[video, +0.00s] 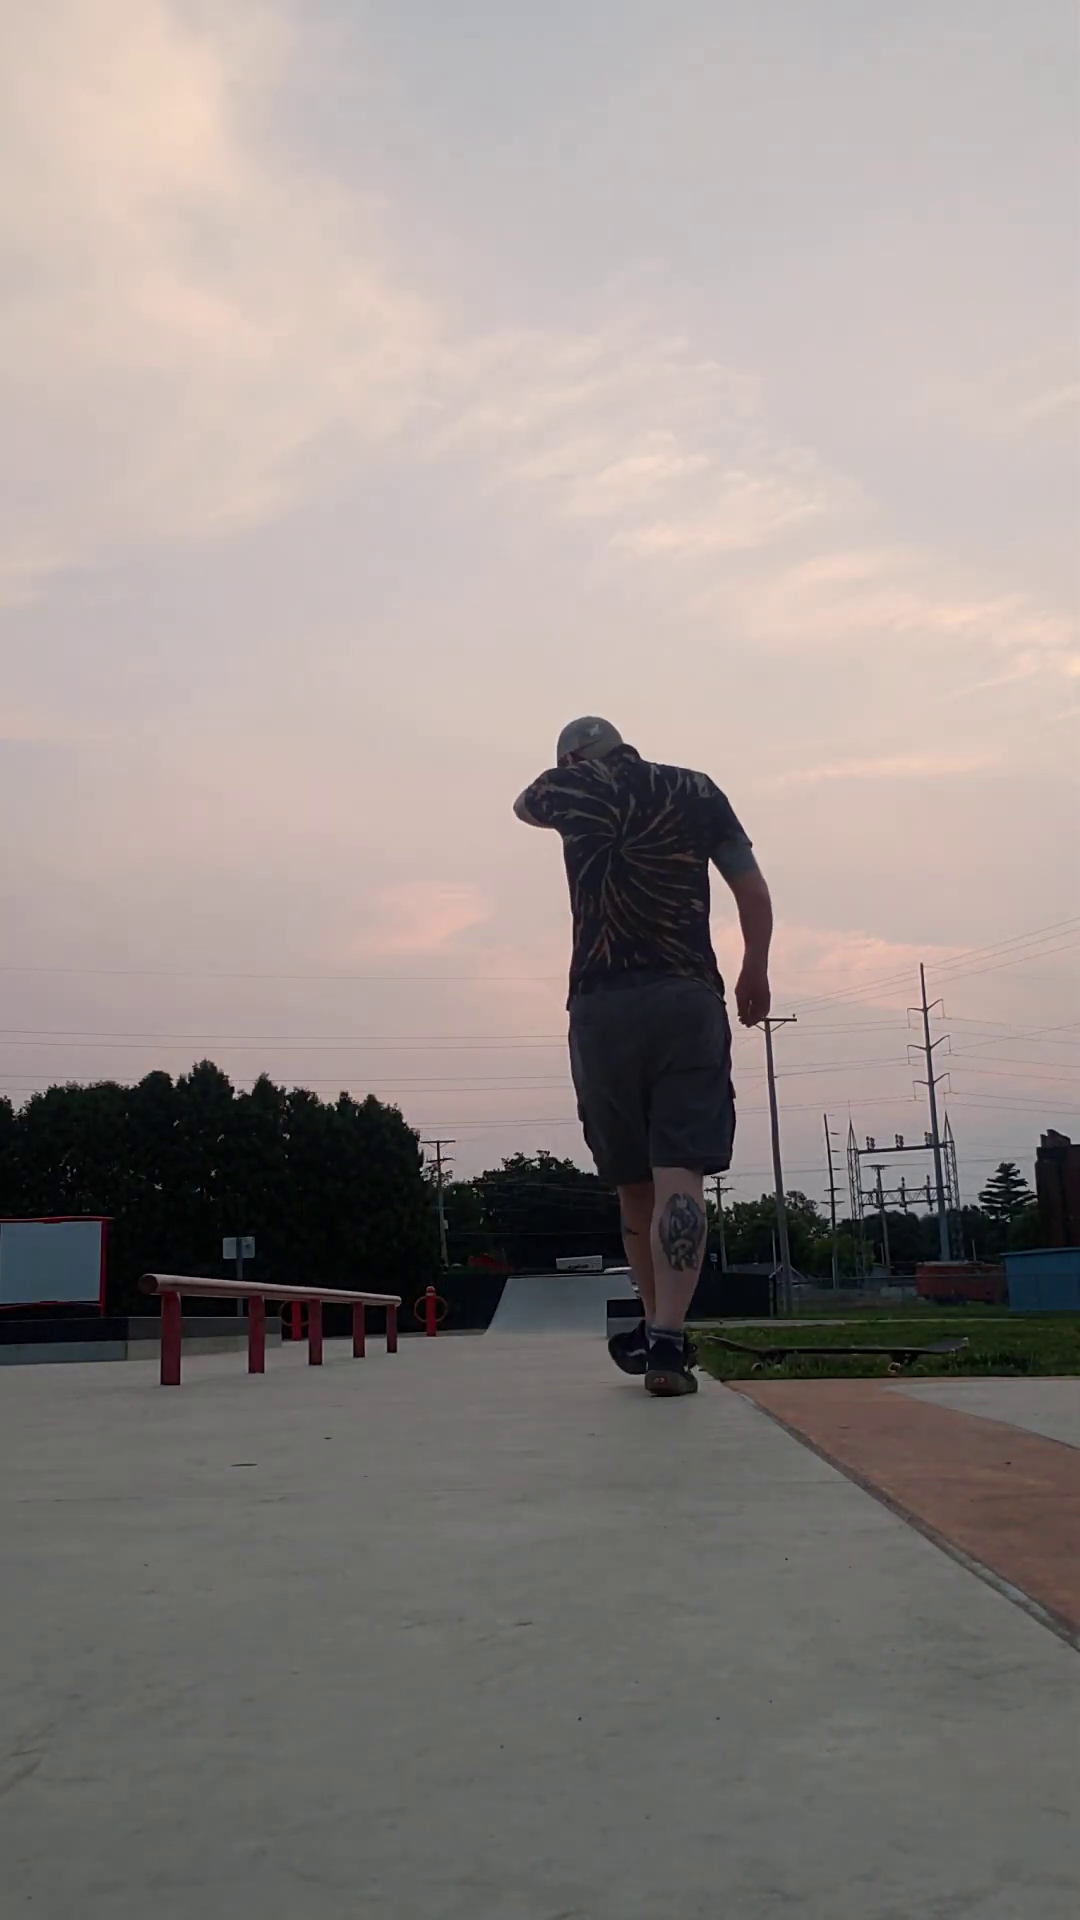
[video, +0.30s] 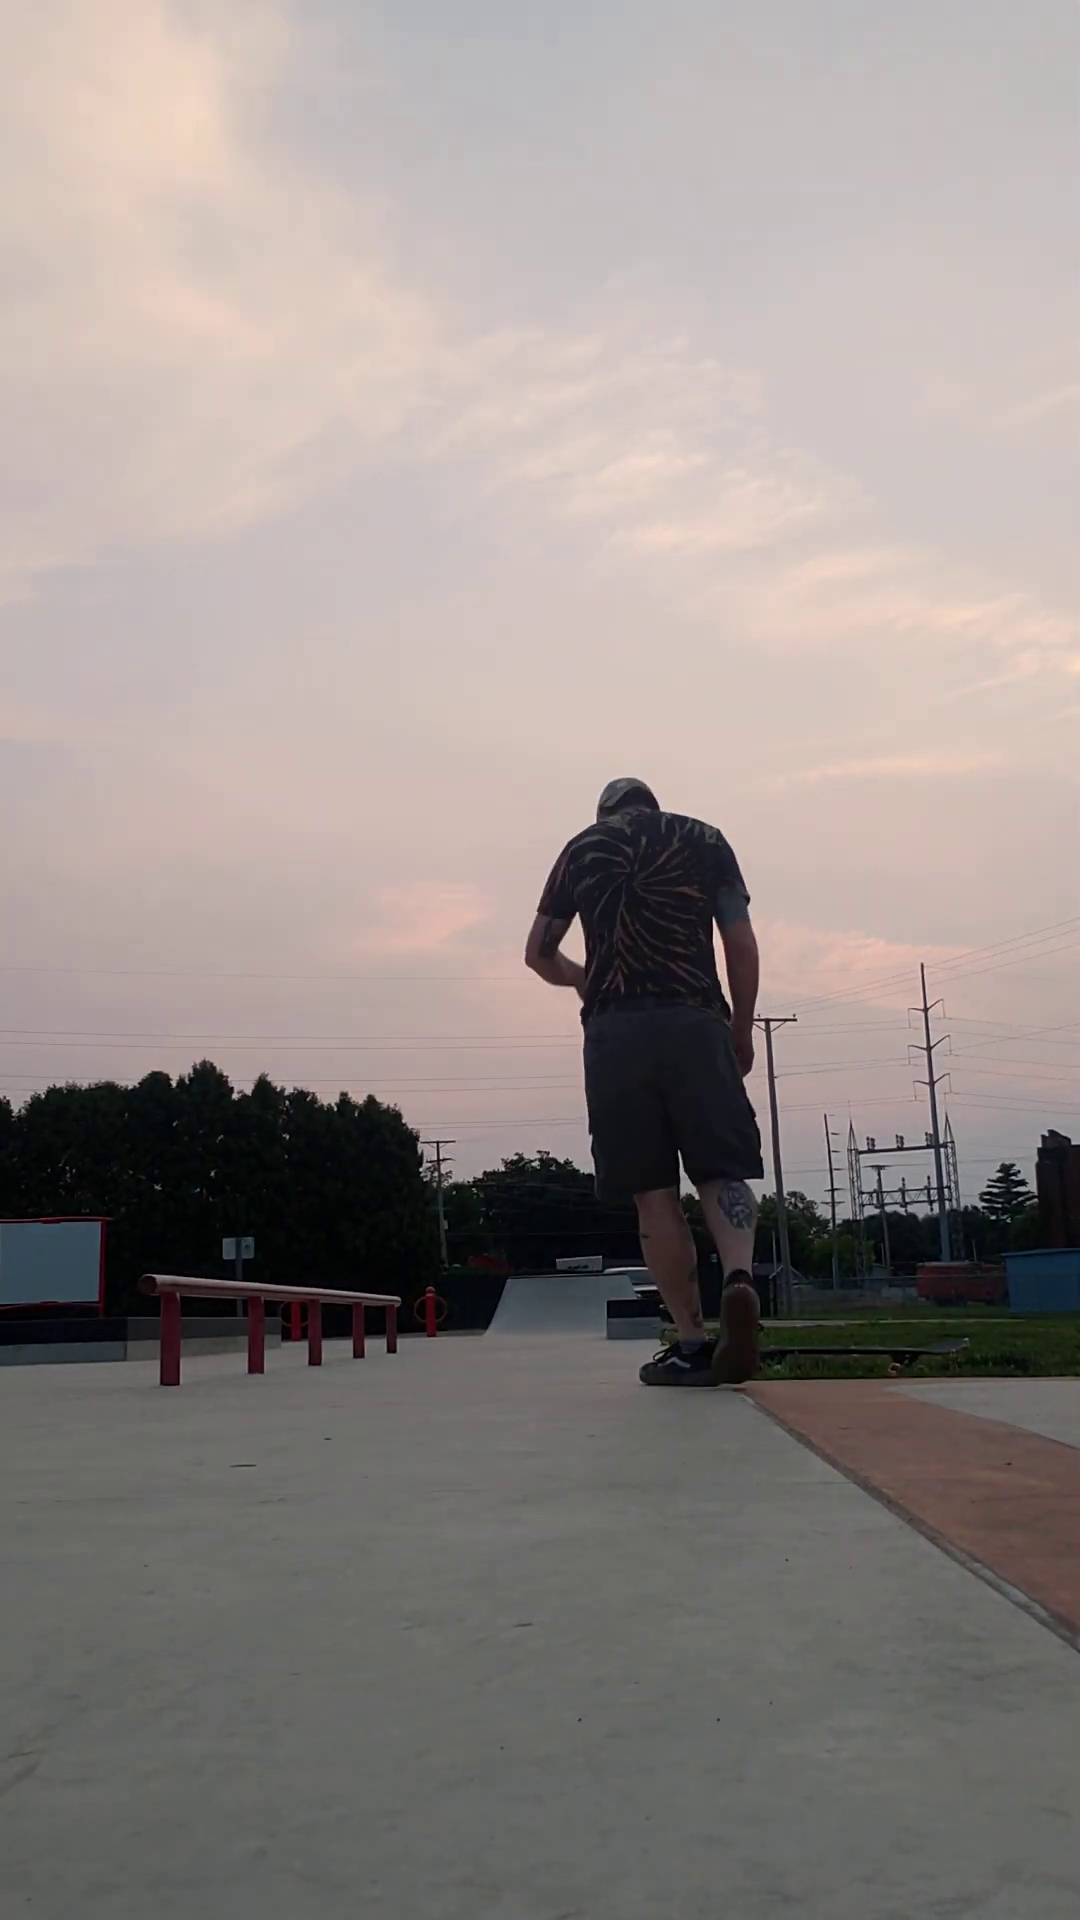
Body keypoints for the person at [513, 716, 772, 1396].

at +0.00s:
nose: (568, 775)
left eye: (566, 767)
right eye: (570, 767)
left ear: (576, 759)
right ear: (623, 743)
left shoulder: (572, 789)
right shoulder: (695, 789)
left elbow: (525, 806)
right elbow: (752, 890)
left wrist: (575, 775)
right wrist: (755, 970)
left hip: (604, 1007)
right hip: (688, 1000)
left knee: (632, 1183)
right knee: (681, 1175)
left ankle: (658, 1333)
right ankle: (668, 1340)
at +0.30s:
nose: (614, 820)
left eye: (607, 813)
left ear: (601, 814)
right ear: (655, 804)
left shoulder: (581, 847)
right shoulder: (705, 839)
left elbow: (538, 953)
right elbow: (741, 944)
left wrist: (583, 978)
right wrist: (743, 1027)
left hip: (615, 1038)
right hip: (696, 1029)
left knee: (654, 1194)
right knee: (722, 1172)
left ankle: (692, 1344)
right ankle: (739, 1277)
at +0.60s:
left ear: (597, 896)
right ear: (646, 891)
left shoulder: (589, 904)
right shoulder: (695, 916)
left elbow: (578, 951)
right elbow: (749, 1023)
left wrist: (577, 1050)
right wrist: (729, 1095)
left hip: (644, 1043)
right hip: (720, 1046)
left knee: (654, 1203)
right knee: (716, 1200)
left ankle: (694, 1348)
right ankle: (717, 1342)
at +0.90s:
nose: (623, 1100)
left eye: (617, 1092)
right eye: (621, 1095)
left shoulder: (595, 1004)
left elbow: (591, 1003)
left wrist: (597, 1090)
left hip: (682, 1046)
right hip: (749, 1055)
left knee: (652, 1206)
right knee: (699, 1201)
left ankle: (698, 1341)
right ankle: (710, 1337)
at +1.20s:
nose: (599, 1097)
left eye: (591, 1087)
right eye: (591, 1091)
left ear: (583, 1058)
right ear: (617, 1065)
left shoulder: (583, 1021)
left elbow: (589, 1016)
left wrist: (599, 1102)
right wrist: (712, 1282)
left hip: (680, 1047)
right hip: (741, 1058)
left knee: (650, 1205)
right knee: (688, 1203)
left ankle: (698, 1332)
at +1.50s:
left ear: (571, 954)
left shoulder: (568, 956)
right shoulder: (653, 965)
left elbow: (565, 986)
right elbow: (733, 1046)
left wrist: (572, 1080)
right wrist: (710, 1121)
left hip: (648, 1043)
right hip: (712, 1047)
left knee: (616, 1187)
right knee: (684, 1195)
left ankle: (659, 1311)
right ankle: (706, 1343)